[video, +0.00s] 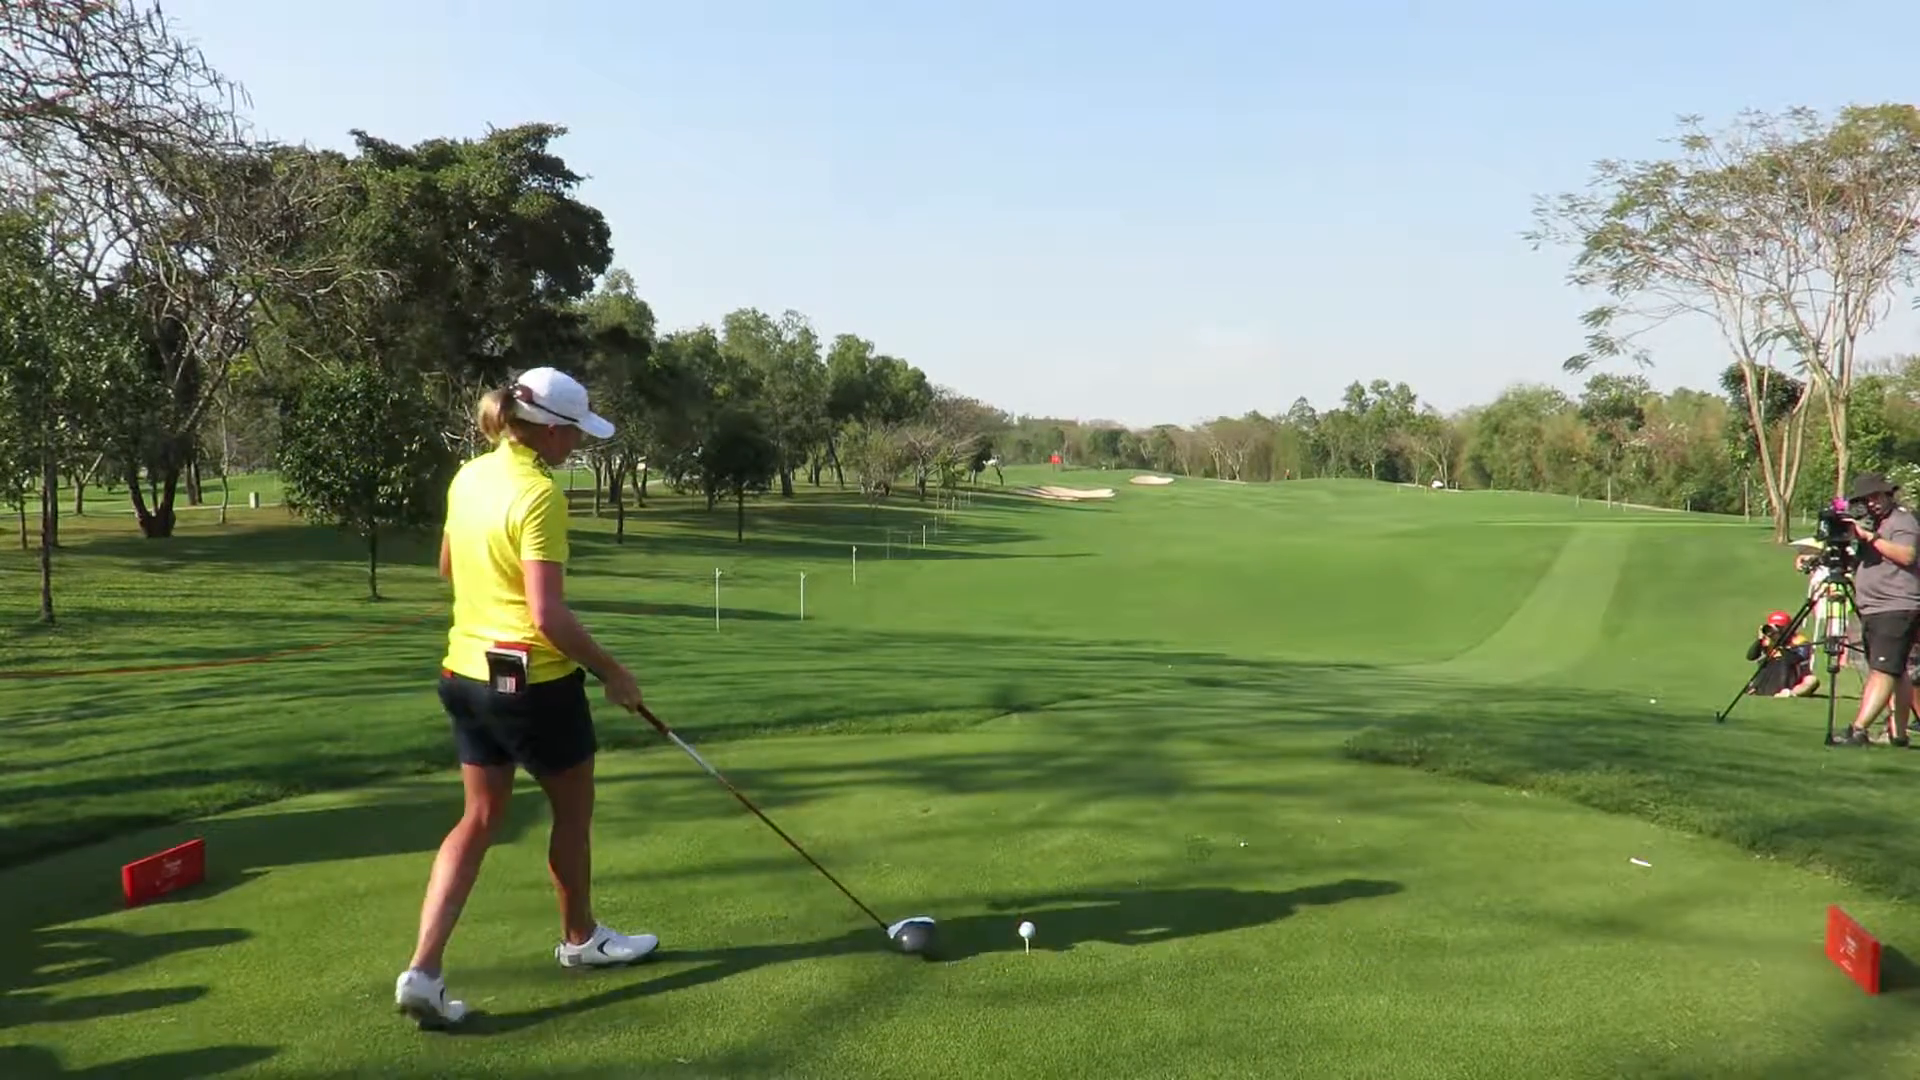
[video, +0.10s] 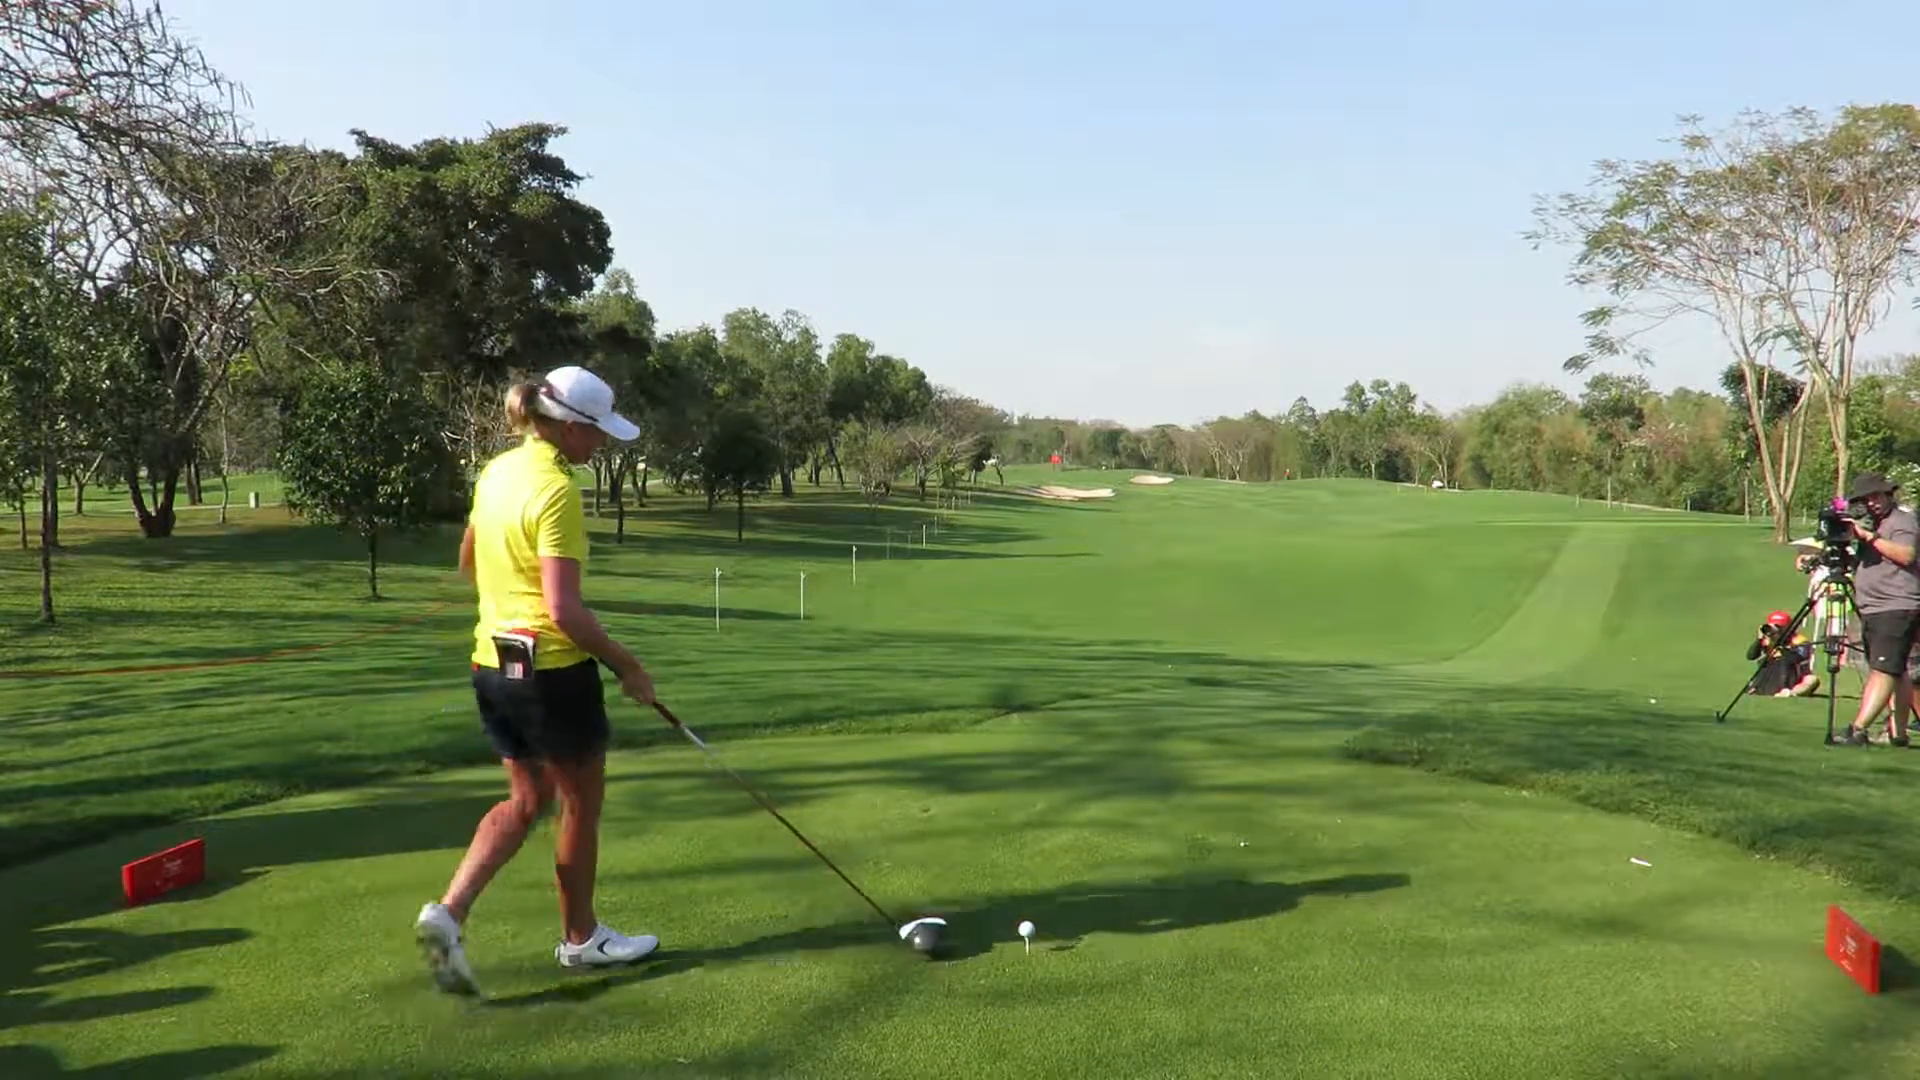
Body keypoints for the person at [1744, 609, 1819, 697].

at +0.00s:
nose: (1772, 634)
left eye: (1776, 630)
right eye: (1770, 630)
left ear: (1785, 630)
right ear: (1768, 629)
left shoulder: (1800, 642)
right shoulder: (1770, 642)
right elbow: (1751, 657)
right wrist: (1759, 641)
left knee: (1812, 680)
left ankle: (1792, 693)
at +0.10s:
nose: (1771, 633)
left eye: (1776, 630)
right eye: (1770, 630)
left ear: (1785, 630)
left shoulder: (1800, 643)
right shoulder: (1770, 641)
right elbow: (1751, 656)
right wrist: (1759, 640)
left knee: (1813, 679)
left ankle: (1792, 693)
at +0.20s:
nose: (1772, 633)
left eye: (1776, 630)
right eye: (1770, 630)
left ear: (1785, 629)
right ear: (1768, 628)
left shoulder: (1800, 642)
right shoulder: (1770, 641)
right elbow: (1751, 656)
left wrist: (1784, 653)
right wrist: (1759, 640)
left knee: (1813, 679)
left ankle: (1792, 692)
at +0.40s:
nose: (1774, 630)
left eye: (1778, 627)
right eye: (1771, 627)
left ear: (1786, 627)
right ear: (1768, 626)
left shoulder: (1799, 639)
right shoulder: (1769, 639)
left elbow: (1800, 655)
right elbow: (1751, 654)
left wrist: (1784, 651)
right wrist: (1759, 639)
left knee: (1812, 677)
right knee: (1750, 685)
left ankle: (1792, 691)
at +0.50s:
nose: (1774, 630)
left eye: (1778, 626)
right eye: (1771, 626)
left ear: (1786, 626)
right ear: (1769, 626)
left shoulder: (1799, 638)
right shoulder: (1769, 638)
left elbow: (1799, 655)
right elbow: (1751, 654)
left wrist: (1783, 651)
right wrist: (1759, 638)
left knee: (1812, 677)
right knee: (1750, 685)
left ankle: (1791, 690)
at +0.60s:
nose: (1773, 629)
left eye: (1777, 625)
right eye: (1771, 625)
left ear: (1786, 625)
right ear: (1768, 624)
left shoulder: (1799, 639)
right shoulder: (1769, 637)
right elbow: (1751, 652)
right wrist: (1759, 637)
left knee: (1812, 675)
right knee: (1749, 683)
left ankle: (1792, 688)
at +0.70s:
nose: (1774, 626)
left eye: (1777, 622)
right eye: (1771, 622)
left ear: (1786, 622)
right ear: (1769, 621)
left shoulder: (1799, 635)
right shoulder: (1770, 633)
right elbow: (1751, 649)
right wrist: (1759, 634)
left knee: (1812, 672)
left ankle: (1792, 685)